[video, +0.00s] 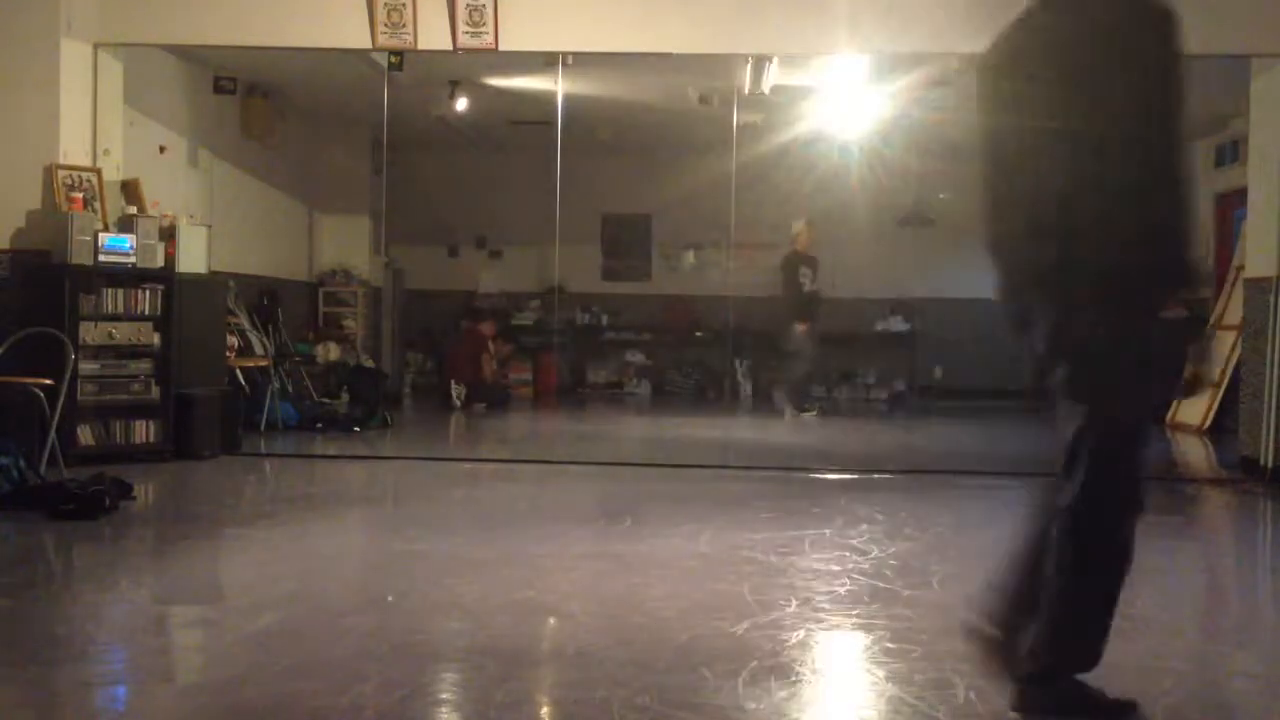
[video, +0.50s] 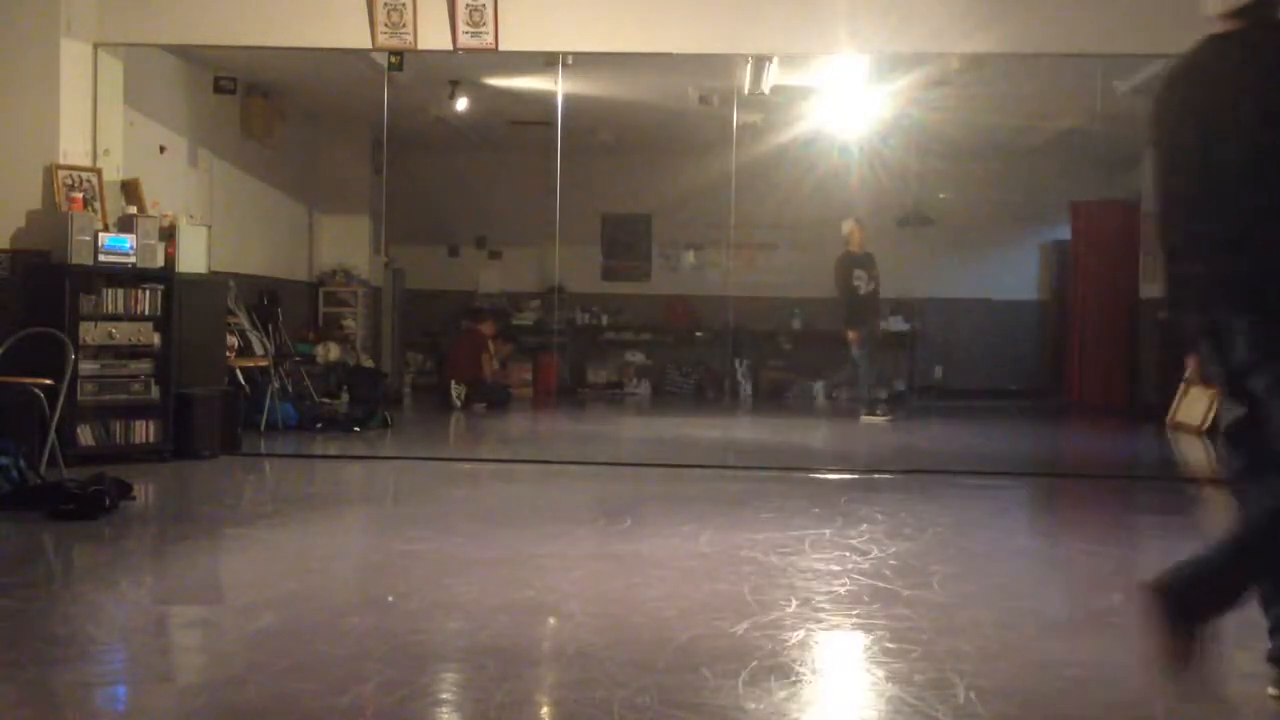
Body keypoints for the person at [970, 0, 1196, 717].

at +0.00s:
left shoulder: (1015, 43)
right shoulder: (1138, 21)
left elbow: (1013, 190)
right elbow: (1145, 166)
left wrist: (1029, 299)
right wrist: (1171, 283)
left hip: (1056, 293)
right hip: (1115, 297)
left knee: (1096, 461)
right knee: (1108, 479)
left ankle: (1014, 618)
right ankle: (1051, 673)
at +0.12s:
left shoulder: (1061, 46)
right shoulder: (1193, 31)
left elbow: (1039, 195)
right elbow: (1225, 168)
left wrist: (1061, 296)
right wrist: (1260, 253)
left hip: (1074, 292)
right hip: (1157, 286)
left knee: (1156, 472)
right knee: (1119, 477)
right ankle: (1052, 674)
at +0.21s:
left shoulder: (1090, 64)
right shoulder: (1225, 51)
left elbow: (1070, 208)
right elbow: (1262, 189)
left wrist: (1067, 331)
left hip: (1097, 305)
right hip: (1178, 305)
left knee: (1180, 491)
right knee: (1127, 491)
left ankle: (1255, 656)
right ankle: (1053, 671)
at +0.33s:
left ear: (1177, 5)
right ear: (1236, 0)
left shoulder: (1133, 75)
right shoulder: (1259, 59)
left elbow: (1121, 219)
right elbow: (1253, 206)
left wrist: (1124, 340)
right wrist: (1257, 313)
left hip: (1154, 318)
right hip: (1228, 317)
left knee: (1241, 493)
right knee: (1181, 491)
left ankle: (1279, 636)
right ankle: (1071, 649)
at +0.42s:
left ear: (1206, 9)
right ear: (1259, 4)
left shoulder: (1166, 79)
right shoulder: (1265, 62)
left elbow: (1155, 224)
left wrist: (1163, 342)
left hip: (1201, 324)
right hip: (1257, 324)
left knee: (1256, 495)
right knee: (1251, 492)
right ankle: (1117, 628)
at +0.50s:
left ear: (1235, 9)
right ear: (1271, 10)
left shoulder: (1192, 73)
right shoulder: (1259, 65)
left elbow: (1180, 217)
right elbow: (1186, 220)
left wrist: (1193, 330)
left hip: (1223, 310)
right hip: (1264, 310)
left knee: (1260, 473)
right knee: (1277, 481)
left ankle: (1278, 637)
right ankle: (1189, 597)